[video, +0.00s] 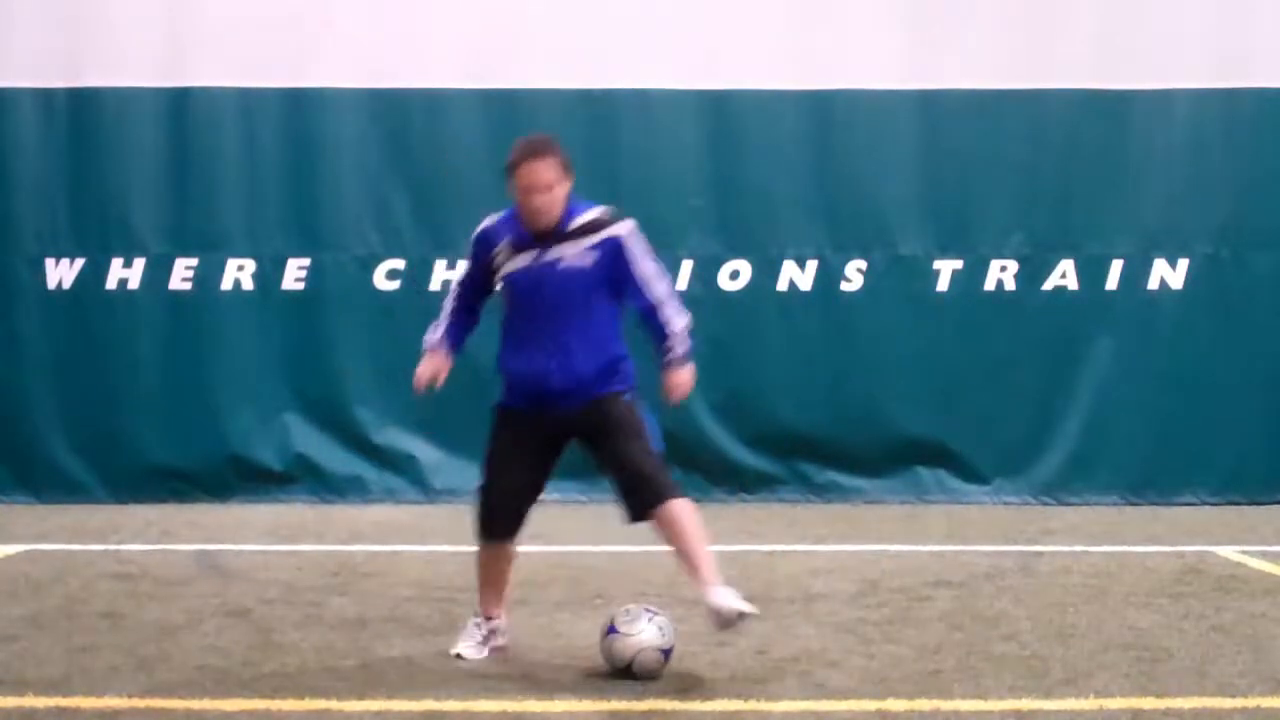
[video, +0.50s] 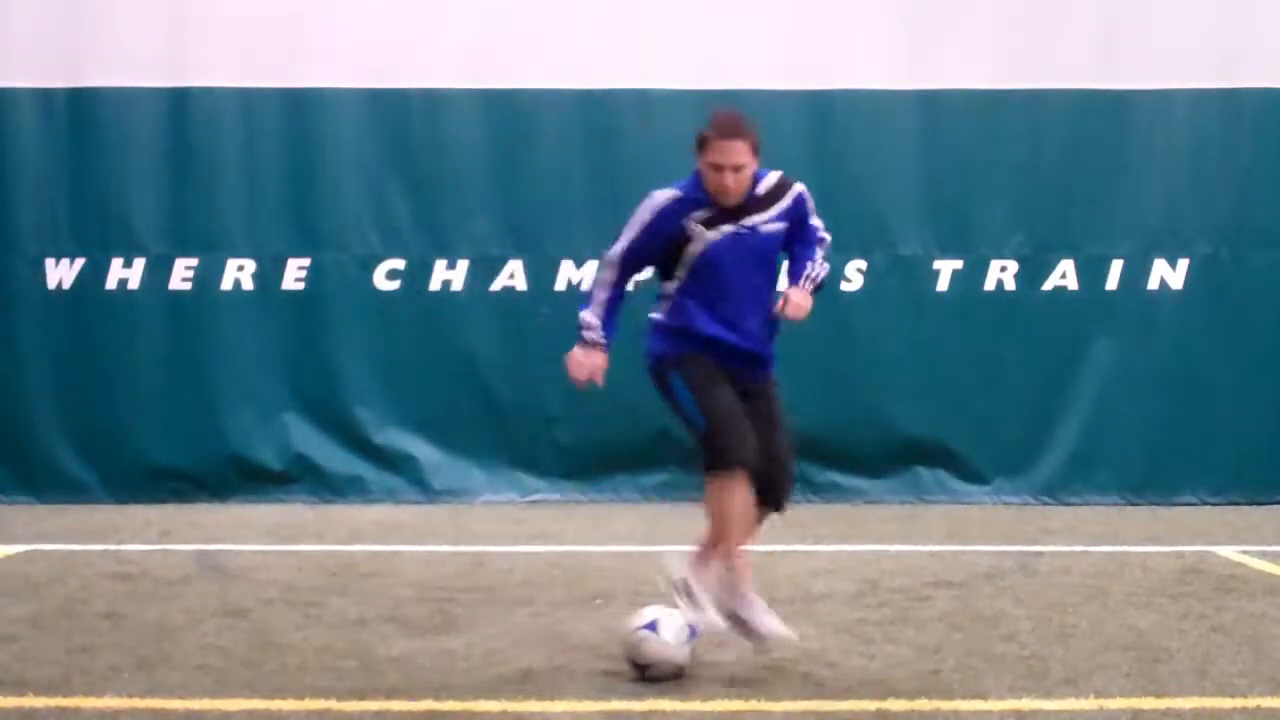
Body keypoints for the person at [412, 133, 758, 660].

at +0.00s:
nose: (535, 201)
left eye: (545, 189)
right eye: (526, 191)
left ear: (567, 184)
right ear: (512, 191)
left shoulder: (609, 230)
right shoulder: (496, 238)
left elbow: (657, 292)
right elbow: (465, 296)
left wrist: (678, 353)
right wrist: (440, 346)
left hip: (602, 395)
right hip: (527, 402)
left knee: (649, 481)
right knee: (497, 512)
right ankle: (490, 622)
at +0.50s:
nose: (729, 181)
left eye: (739, 169)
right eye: (717, 169)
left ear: (756, 163)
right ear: (699, 164)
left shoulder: (786, 197)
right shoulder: (673, 208)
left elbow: (814, 243)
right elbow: (616, 265)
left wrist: (803, 285)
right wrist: (593, 338)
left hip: (750, 357)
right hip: (685, 350)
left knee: (772, 479)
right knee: (732, 450)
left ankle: (697, 572)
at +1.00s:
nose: (763, 188)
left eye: (774, 176)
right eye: (752, 175)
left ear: (790, 171)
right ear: (734, 169)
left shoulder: (810, 212)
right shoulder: (701, 212)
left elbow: (837, 266)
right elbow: (638, 260)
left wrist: (846, 316)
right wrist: (616, 340)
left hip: (777, 377)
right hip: (709, 379)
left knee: (786, 494)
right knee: (743, 488)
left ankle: (752, 624)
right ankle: (770, 624)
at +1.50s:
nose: (600, 169)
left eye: (610, 157)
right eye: (590, 159)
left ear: (634, 154)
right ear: (578, 161)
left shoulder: (669, 201)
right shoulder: (555, 214)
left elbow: (715, 254)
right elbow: (523, 276)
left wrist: (709, 314)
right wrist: (504, 333)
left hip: (657, 366)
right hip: (586, 378)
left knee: (676, 444)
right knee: (568, 503)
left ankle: (672, 562)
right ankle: (578, 618)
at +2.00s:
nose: (476, 238)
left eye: (487, 225)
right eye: (467, 226)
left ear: (511, 216)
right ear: (454, 219)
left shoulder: (544, 268)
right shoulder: (446, 250)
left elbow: (591, 342)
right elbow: (418, 287)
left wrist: (612, 416)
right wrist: (382, 313)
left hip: (542, 416)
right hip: (494, 415)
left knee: (476, 523)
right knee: (495, 530)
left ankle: (495, 650)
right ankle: (617, 541)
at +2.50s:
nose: (539, 209)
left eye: (548, 196)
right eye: (528, 198)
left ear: (563, 194)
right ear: (506, 199)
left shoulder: (597, 245)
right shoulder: (480, 249)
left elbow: (639, 309)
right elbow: (447, 306)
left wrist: (662, 369)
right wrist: (425, 359)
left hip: (590, 399)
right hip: (514, 407)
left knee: (632, 483)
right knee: (486, 522)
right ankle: (496, 630)